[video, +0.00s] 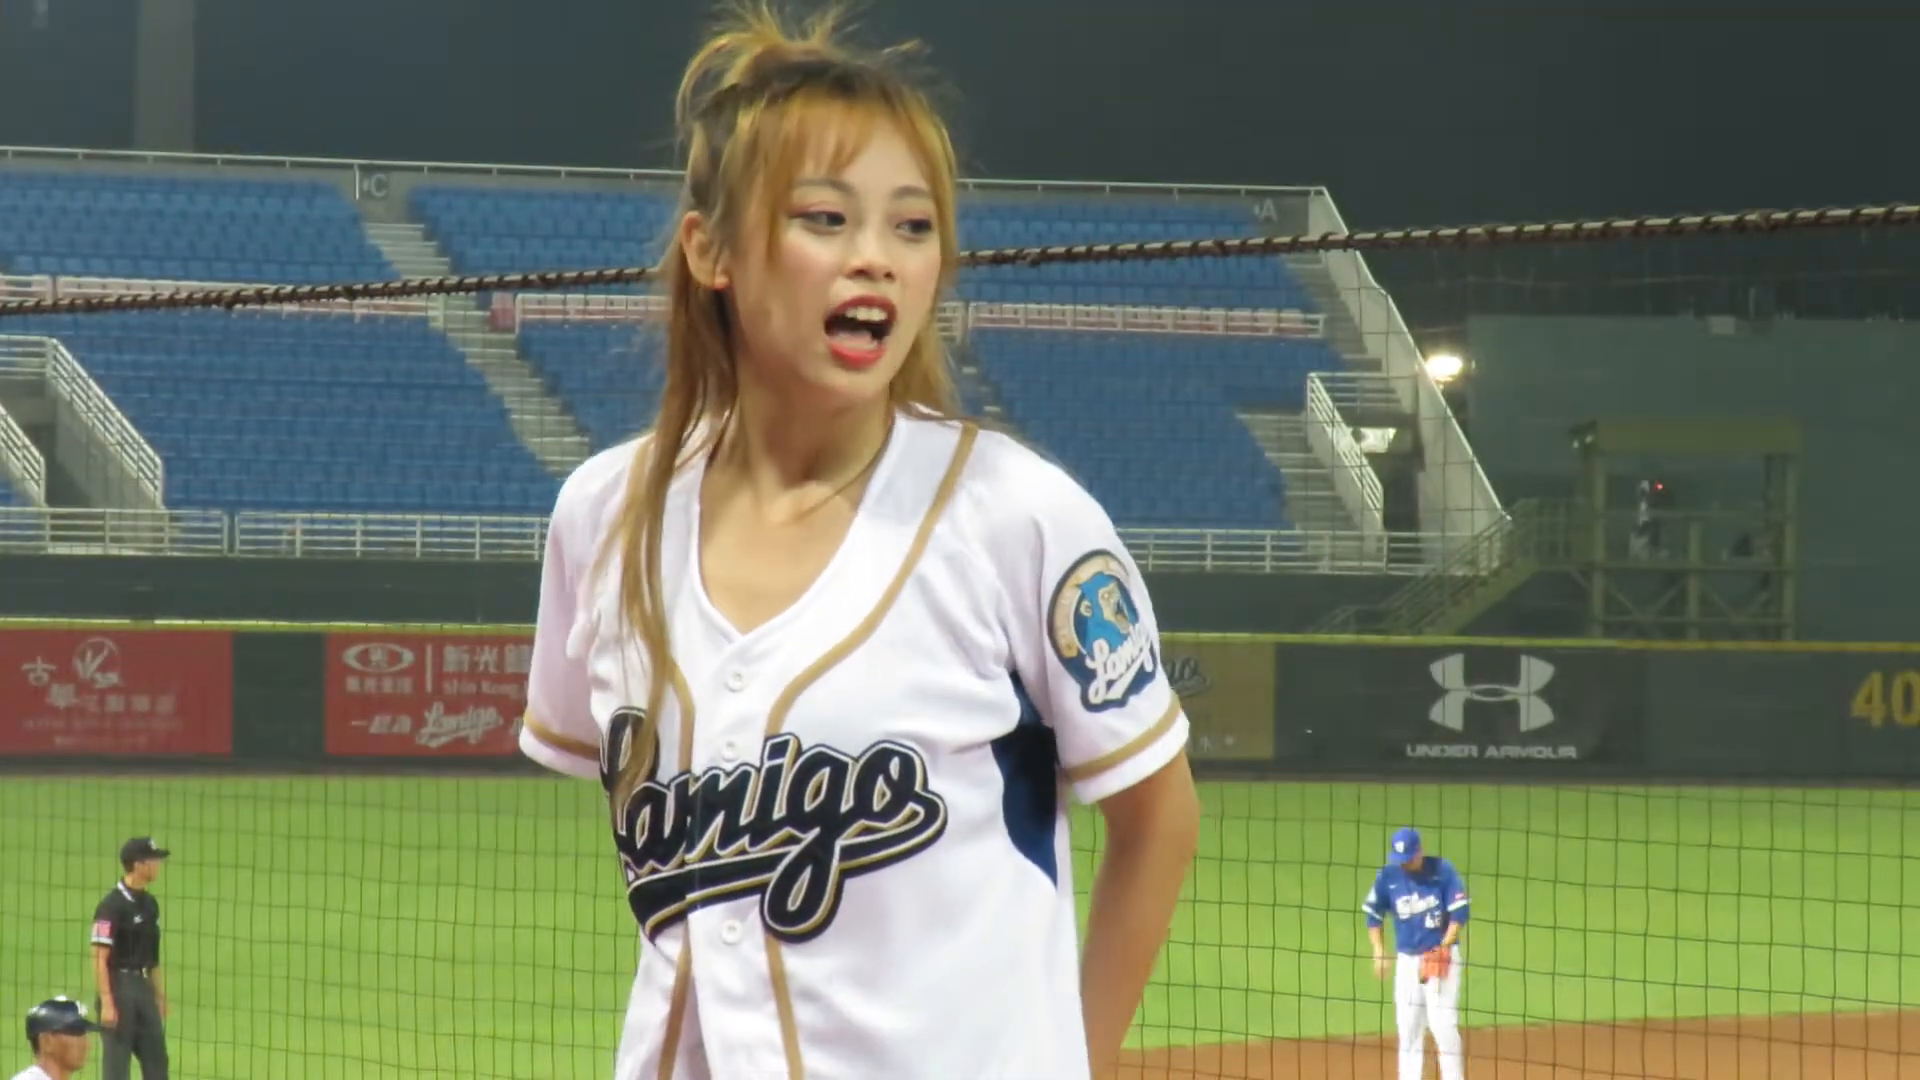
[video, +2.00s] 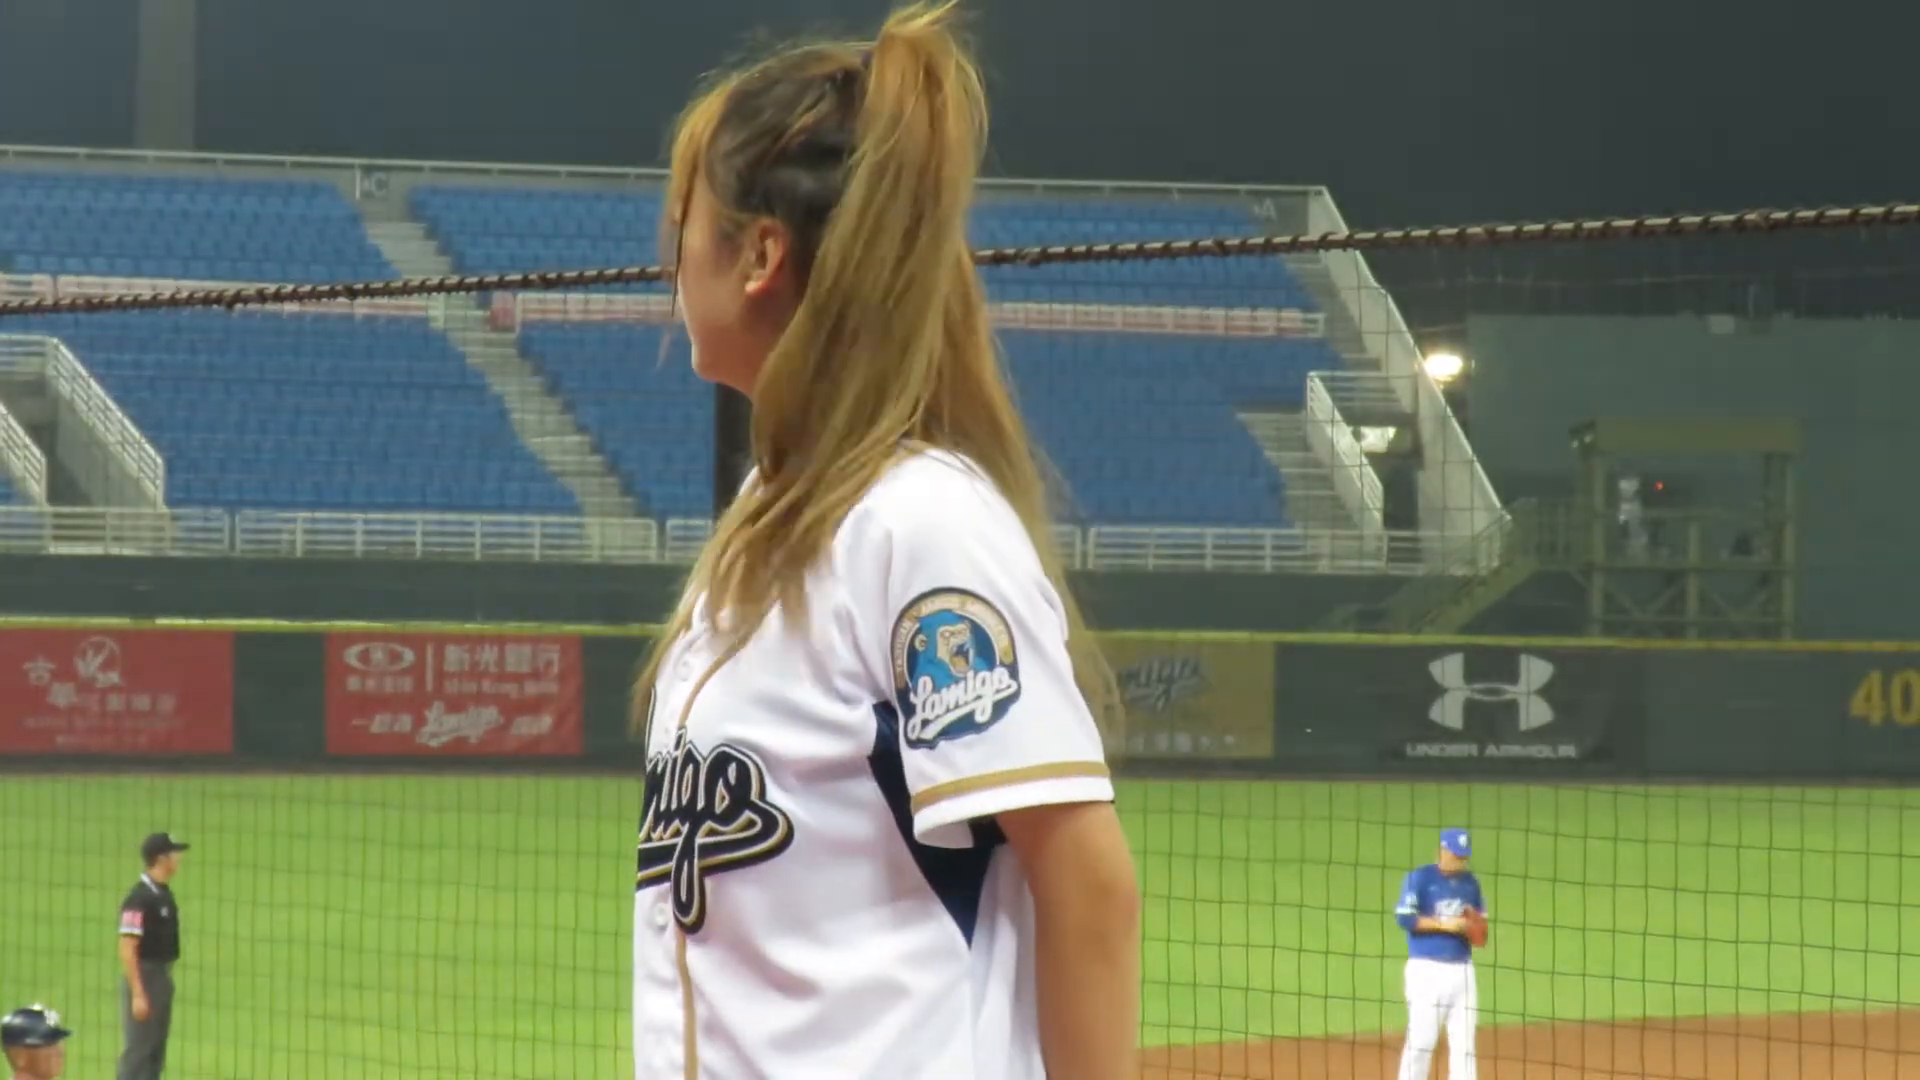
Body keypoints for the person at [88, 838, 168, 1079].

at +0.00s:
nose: (157, 866)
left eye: (157, 861)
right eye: (152, 861)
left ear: (144, 866)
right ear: (135, 865)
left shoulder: (150, 904)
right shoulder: (111, 904)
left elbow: (152, 959)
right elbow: (100, 958)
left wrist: (159, 996)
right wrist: (107, 1003)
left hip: (142, 978)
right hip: (118, 977)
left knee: (156, 1058)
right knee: (117, 1060)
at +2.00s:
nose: (176, 861)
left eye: (175, 855)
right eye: (172, 856)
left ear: (162, 858)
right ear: (159, 859)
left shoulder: (164, 893)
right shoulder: (140, 897)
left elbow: (157, 943)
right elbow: (127, 948)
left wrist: (164, 980)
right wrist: (138, 994)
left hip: (162, 968)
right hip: (145, 968)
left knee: (156, 1045)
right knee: (141, 1046)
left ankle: (150, 1074)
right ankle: (132, 1074)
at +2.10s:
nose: (178, 860)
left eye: (177, 855)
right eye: (174, 855)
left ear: (163, 858)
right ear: (160, 858)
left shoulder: (164, 893)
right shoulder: (140, 896)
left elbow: (158, 941)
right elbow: (126, 947)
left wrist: (164, 980)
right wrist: (133, 993)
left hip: (161, 969)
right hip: (144, 969)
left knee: (156, 1045)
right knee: (139, 1047)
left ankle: (150, 1074)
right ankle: (132, 1074)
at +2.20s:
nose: (180, 860)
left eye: (180, 855)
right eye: (176, 855)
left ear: (166, 858)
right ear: (161, 858)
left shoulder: (167, 895)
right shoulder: (138, 896)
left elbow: (158, 942)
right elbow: (124, 945)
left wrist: (162, 980)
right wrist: (128, 991)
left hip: (160, 967)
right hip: (141, 968)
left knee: (154, 1043)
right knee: (137, 1045)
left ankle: (150, 1074)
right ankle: (131, 1074)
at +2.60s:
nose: (165, 861)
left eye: (166, 855)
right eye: (159, 855)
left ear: (167, 857)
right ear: (142, 856)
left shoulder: (163, 899)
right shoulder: (122, 897)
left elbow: (169, 947)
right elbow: (108, 945)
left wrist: (185, 988)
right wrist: (115, 991)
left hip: (151, 970)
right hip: (127, 968)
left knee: (147, 1053)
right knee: (118, 1050)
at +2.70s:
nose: (154, 862)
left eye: (156, 856)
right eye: (149, 856)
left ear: (159, 860)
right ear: (134, 856)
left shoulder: (157, 900)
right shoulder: (115, 897)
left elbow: (164, 948)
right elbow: (103, 947)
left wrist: (184, 988)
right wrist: (110, 991)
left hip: (146, 972)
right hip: (121, 971)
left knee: (144, 1053)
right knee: (110, 1051)